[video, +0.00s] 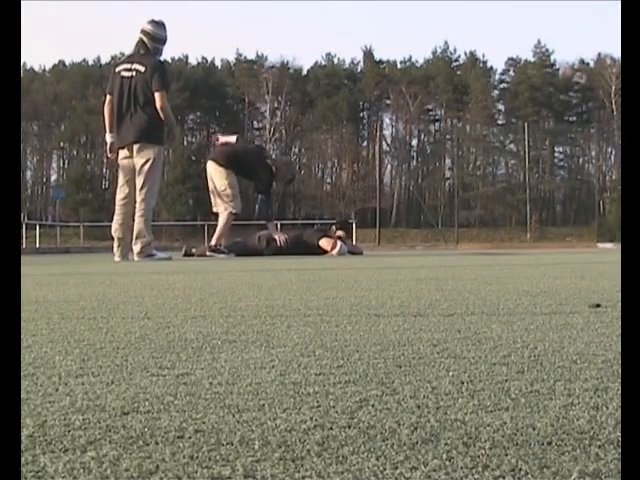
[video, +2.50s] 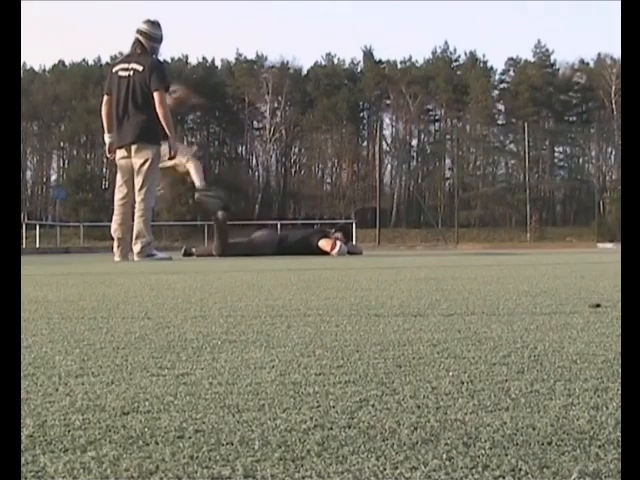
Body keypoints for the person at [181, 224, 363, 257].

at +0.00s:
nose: (339, 243)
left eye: (341, 241)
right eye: (340, 240)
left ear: (334, 234)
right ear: (335, 236)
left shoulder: (323, 238)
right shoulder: (320, 236)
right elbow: (334, 249)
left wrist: (345, 246)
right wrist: (350, 248)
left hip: (272, 241)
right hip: (271, 242)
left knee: (234, 247)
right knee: (233, 248)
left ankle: (198, 251)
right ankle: (197, 252)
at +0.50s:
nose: (337, 239)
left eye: (341, 236)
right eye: (336, 234)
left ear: (343, 236)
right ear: (330, 231)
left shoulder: (331, 243)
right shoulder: (318, 237)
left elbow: (359, 251)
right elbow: (333, 248)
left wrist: (344, 247)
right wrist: (352, 249)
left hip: (272, 243)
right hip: (268, 239)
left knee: (233, 246)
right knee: (234, 246)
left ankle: (199, 252)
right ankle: (200, 251)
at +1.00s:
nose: (337, 242)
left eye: (340, 240)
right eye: (338, 238)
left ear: (337, 239)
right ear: (333, 235)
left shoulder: (324, 241)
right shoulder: (320, 237)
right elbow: (333, 249)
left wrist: (346, 246)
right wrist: (346, 248)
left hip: (272, 240)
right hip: (270, 241)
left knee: (232, 247)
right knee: (231, 248)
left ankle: (197, 252)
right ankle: (197, 252)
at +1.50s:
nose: (339, 242)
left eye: (342, 240)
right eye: (340, 238)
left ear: (338, 239)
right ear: (335, 235)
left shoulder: (326, 239)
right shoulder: (321, 238)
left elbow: (357, 251)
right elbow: (333, 249)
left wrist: (345, 247)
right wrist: (343, 247)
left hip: (273, 240)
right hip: (270, 242)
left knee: (234, 246)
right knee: (233, 249)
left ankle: (199, 251)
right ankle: (197, 252)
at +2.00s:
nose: (338, 242)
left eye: (341, 240)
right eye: (340, 239)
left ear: (338, 238)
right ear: (336, 236)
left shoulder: (326, 241)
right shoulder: (323, 238)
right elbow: (331, 247)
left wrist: (346, 247)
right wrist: (340, 248)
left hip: (275, 245)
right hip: (274, 245)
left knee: (235, 246)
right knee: (235, 247)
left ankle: (200, 251)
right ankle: (201, 251)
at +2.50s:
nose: (338, 244)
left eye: (340, 242)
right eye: (340, 241)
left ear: (335, 234)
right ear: (335, 237)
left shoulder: (320, 235)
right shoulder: (320, 237)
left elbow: (348, 248)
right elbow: (330, 248)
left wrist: (344, 246)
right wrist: (339, 248)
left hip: (270, 237)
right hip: (271, 243)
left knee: (226, 248)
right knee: (223, 250)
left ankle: (193, 252)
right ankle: (221, 216)